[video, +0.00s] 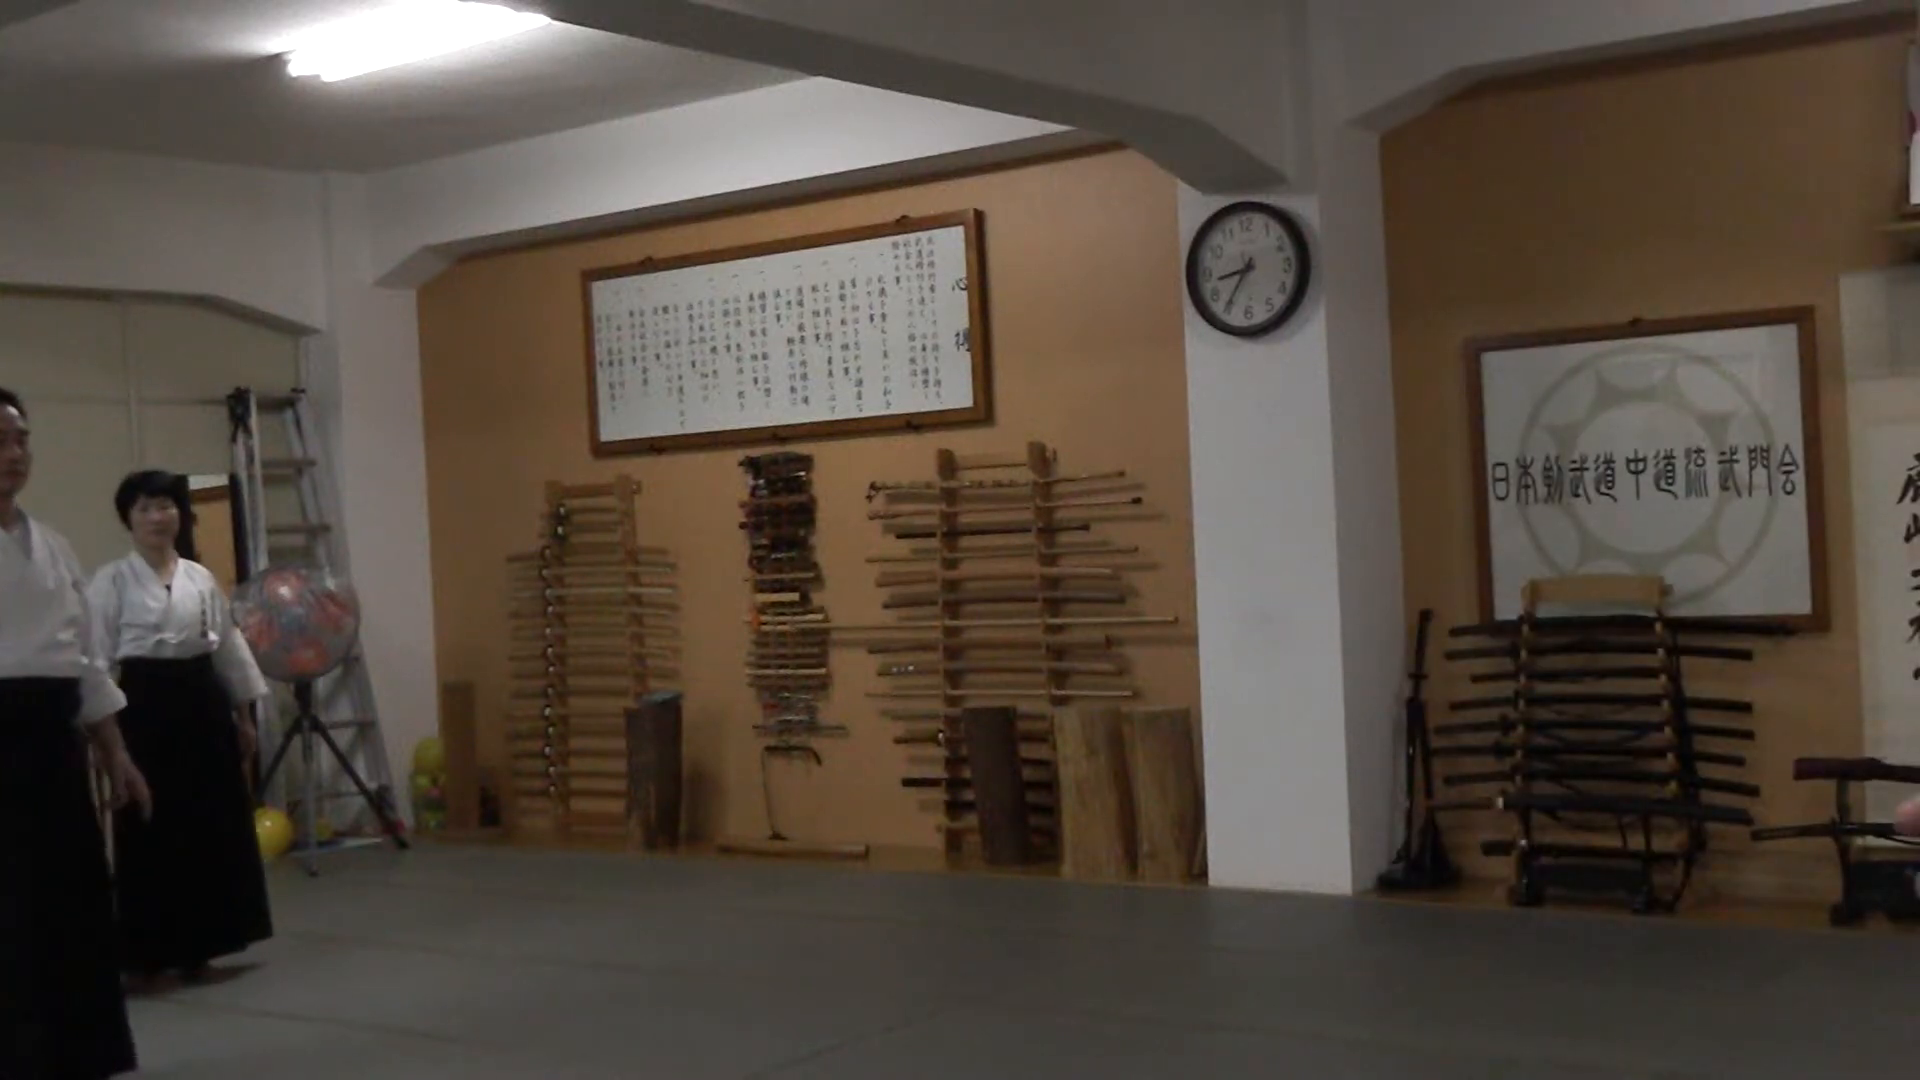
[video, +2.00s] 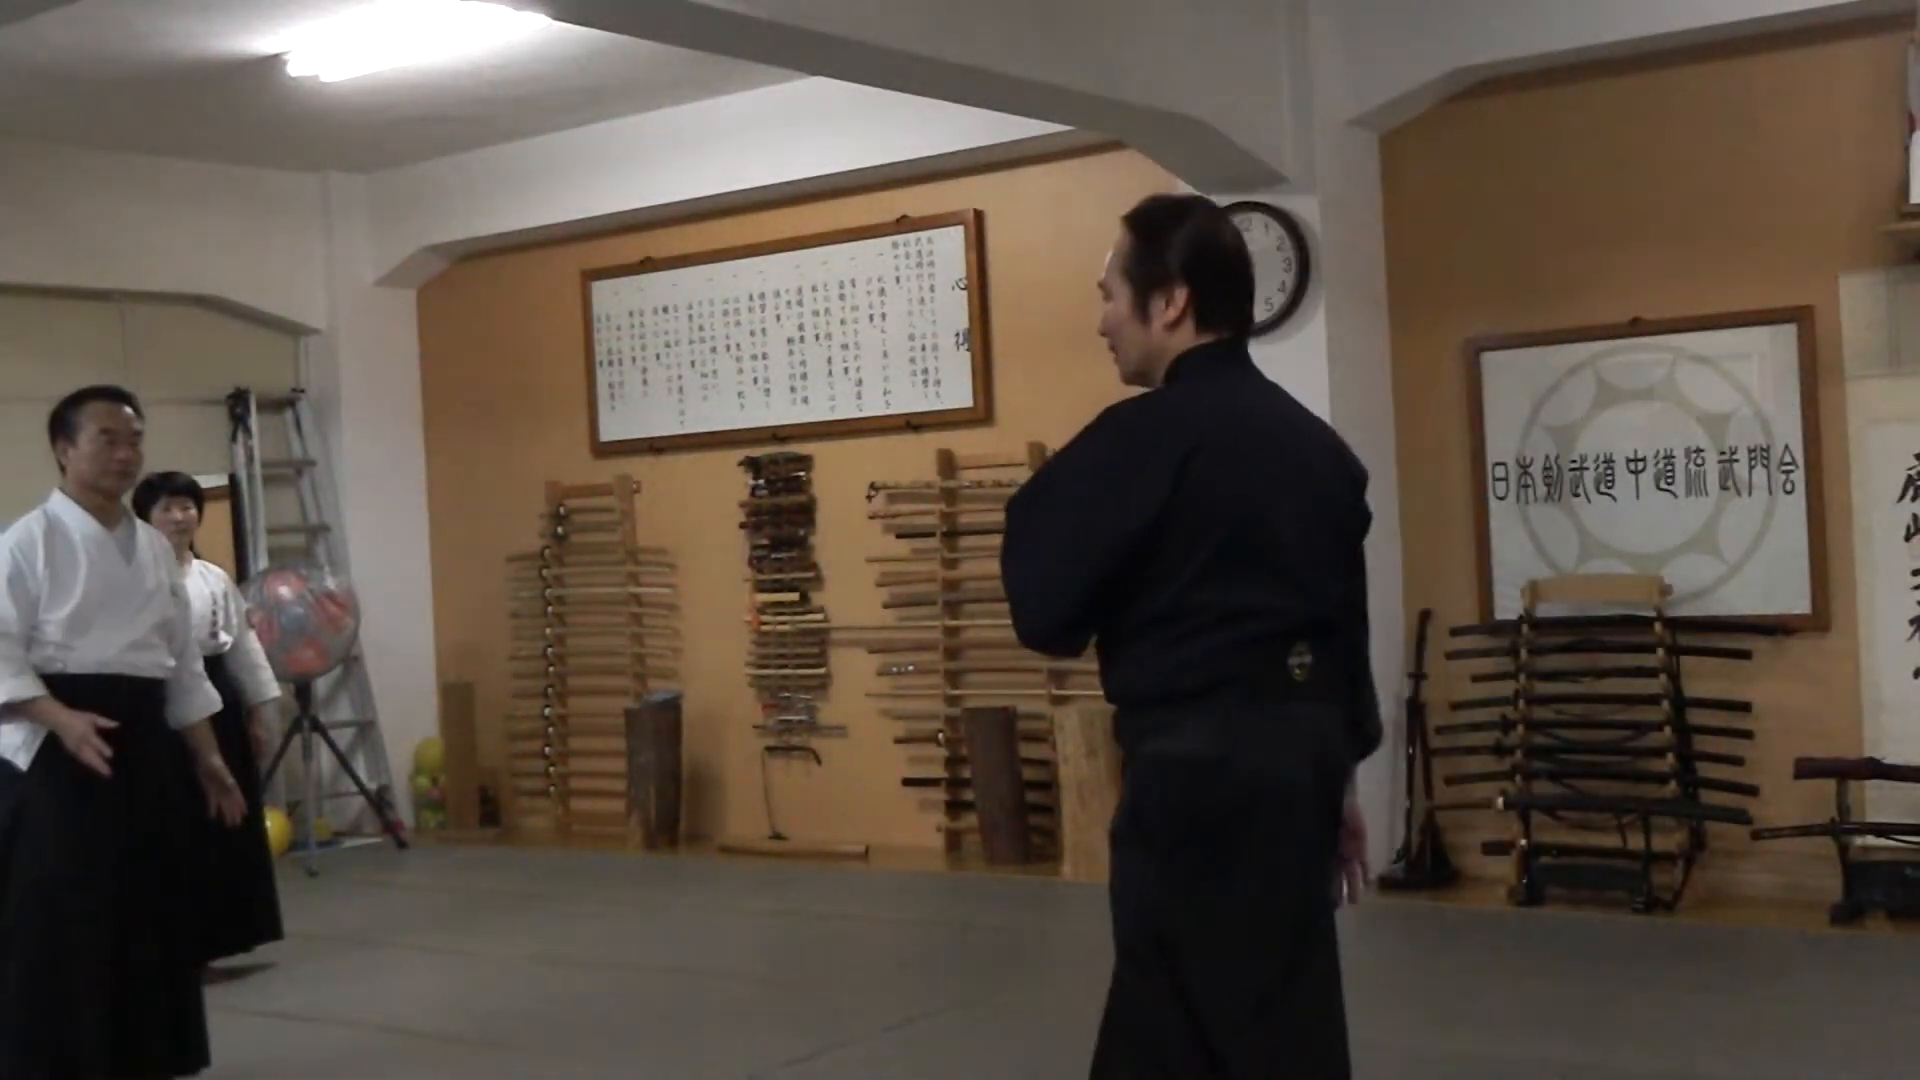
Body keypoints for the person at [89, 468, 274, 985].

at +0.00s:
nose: (156, 517)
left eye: (164, 507)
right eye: (144, 509)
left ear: (181, 516)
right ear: (127, 519)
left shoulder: (201, 579)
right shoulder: (110, 583)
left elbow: (229, 644)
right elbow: (96, 662)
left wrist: (247, 713)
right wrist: (104, 738)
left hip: (199, 700)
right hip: (142, 704)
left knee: (206, 818)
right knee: (149, 820)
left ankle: (199, 947)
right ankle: (149, 953)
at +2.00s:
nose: (180, 515)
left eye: (188, 506)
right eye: (168, 508)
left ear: (199, 516)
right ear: (146, 520)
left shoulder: (215, 579)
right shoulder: (138, 578)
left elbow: (241, 645)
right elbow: (131, 655)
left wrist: (261, 708)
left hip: (215, 699)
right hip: (157, 707)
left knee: (222, 818)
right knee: (169, 823)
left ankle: (217, 941)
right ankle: (179, 945)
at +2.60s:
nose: (183, 516)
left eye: (191, 508)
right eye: (170, 509)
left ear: (204, 518)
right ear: (148, 522)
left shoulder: (217, 579)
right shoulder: (141, 581)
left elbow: (243, 643)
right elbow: (136, 656)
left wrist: (263, 707)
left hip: (217, 704)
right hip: (160, 711)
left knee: (226, 816)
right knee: (174, 826)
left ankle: (230, 930)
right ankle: (184, 936)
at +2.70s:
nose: (182, 522)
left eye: (191, 512)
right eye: (169, 514)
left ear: (203, 519)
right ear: (147, 522)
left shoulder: (216, 579)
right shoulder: (135, 583)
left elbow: (243, 645)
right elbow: (135, 651)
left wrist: (263, 708)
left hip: (215, 698)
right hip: (158, 702)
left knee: (222, 812)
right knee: (167, 819)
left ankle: (225, 929)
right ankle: (172, 933)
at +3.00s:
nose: (186, 522)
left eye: (195, 512)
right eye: (173, 513)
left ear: (207, 519)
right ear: (148, 523)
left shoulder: (219, 580)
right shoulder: (137, 583)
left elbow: (245, 644)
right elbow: (131, 654)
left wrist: (265, 707)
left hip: (218, 700)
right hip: (160, 704)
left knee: (224, 814)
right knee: (169, 821)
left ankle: (222, 934)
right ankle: (176, 938)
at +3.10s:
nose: (187, 521)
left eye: (195, 511)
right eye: (174, 513)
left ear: (208, 519)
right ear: (149, 523)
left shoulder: (221, 580)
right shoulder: (139, 583)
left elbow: (246, 645)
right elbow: (133, 655)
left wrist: (265, 710)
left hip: (220, 699)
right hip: (162, 704)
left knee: (226, 814)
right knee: (174, 821)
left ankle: (229, 932)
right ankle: (181, 938)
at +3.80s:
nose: (197, 517)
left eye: (203, 508)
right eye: (184, 509)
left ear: (215, 518)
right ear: (159, 521)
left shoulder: (222, 578)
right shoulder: (148, 575)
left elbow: (249, 643)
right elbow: (137, 652)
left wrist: (269, 708)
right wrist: (141, 720)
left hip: (225, 701)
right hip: (170, 703)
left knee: (231, 814)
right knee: (180, 819)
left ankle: (232, 932)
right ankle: (187, 938)